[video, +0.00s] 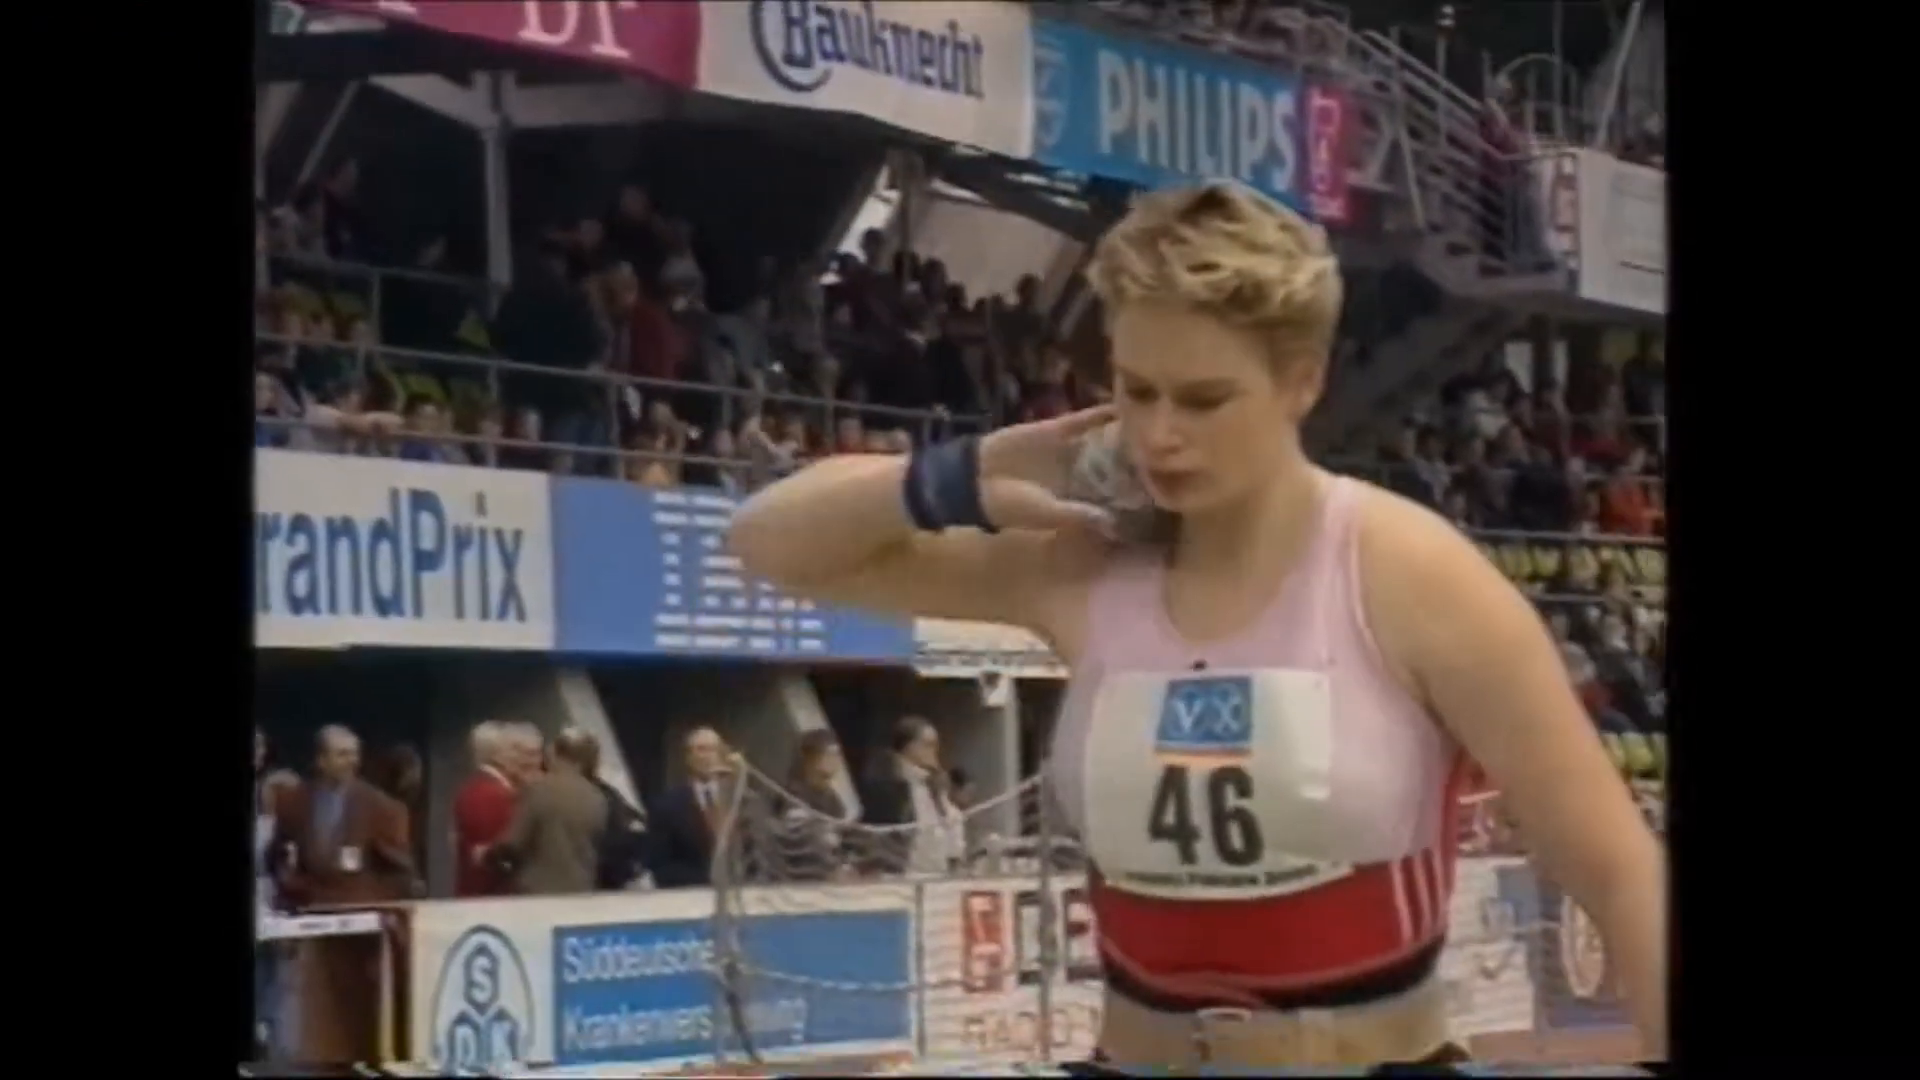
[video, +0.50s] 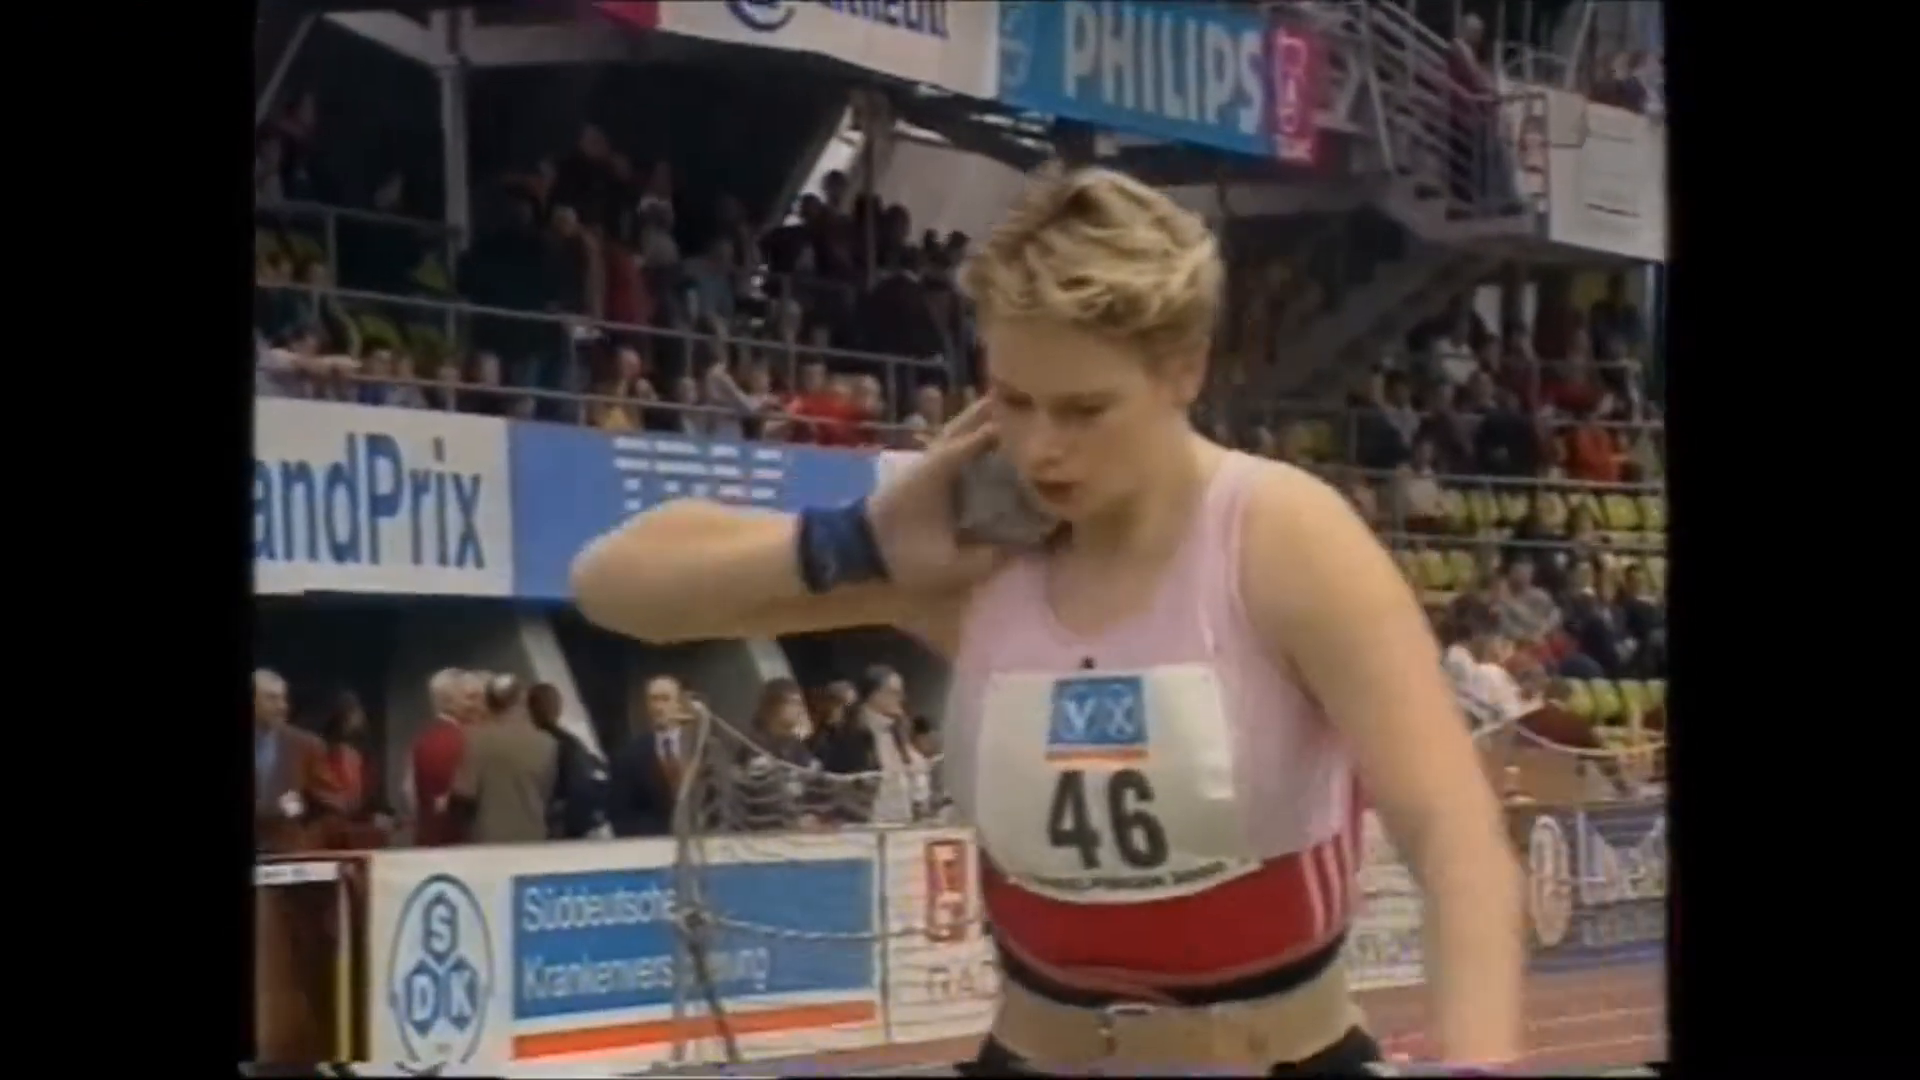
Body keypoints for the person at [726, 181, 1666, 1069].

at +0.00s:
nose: (1159, 438)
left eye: (1204, 399)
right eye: (1136, 393)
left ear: (1301, 381)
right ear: (1108, 379)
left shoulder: (1408, 570)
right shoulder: (1074, 572)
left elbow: (1621, 875)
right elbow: (770, 543)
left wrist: (1657, 1053)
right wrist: (982, 473)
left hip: (1371, 1055)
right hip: (1144, 1056)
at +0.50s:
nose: (1034, 448)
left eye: (1077, 409)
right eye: (1008, 400)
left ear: (1182, 371)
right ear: (986, 368)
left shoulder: (1287, 537)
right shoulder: (962, 545)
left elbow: (1463, 847)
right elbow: (606, 583)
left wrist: (1474, 1064)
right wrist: (861, 546)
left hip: (1276, 1059)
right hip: (1034, 1057)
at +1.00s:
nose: (717, 554)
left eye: (765, 508)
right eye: (677, 502)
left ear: (874, 426)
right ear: (641, 448)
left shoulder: (1024, 544)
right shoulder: (633, 548)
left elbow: (1241, 947)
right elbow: (273, 747)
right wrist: (556, 687)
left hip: (1104, 1042)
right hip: (855, 1049)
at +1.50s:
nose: (680, 764)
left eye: (716, 718)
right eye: (632, 721)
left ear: (828, 602)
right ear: (577, 637)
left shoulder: (1047, 647)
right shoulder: (568, 646)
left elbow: (1246, 1052)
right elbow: (256, 893)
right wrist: (514, 863)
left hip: (1153, 1036)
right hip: (861, 1043)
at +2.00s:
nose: (811, 276)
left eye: (873, 215)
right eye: (758, 216)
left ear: (1011, 94)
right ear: (703, 139)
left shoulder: (1210, 225)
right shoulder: (662, 249)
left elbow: (1335, 822)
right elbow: (263, 465)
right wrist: (584, 430)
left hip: (1268, 1004)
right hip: (914, 1028)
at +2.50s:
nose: (889, 1071)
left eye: (953, 1048)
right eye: (833, 1046)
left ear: (1067, 956)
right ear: (781, 929)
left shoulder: (1318, 963)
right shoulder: (680, 876)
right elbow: (455, 1058)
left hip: (1511, 957)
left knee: (1620, 1028)